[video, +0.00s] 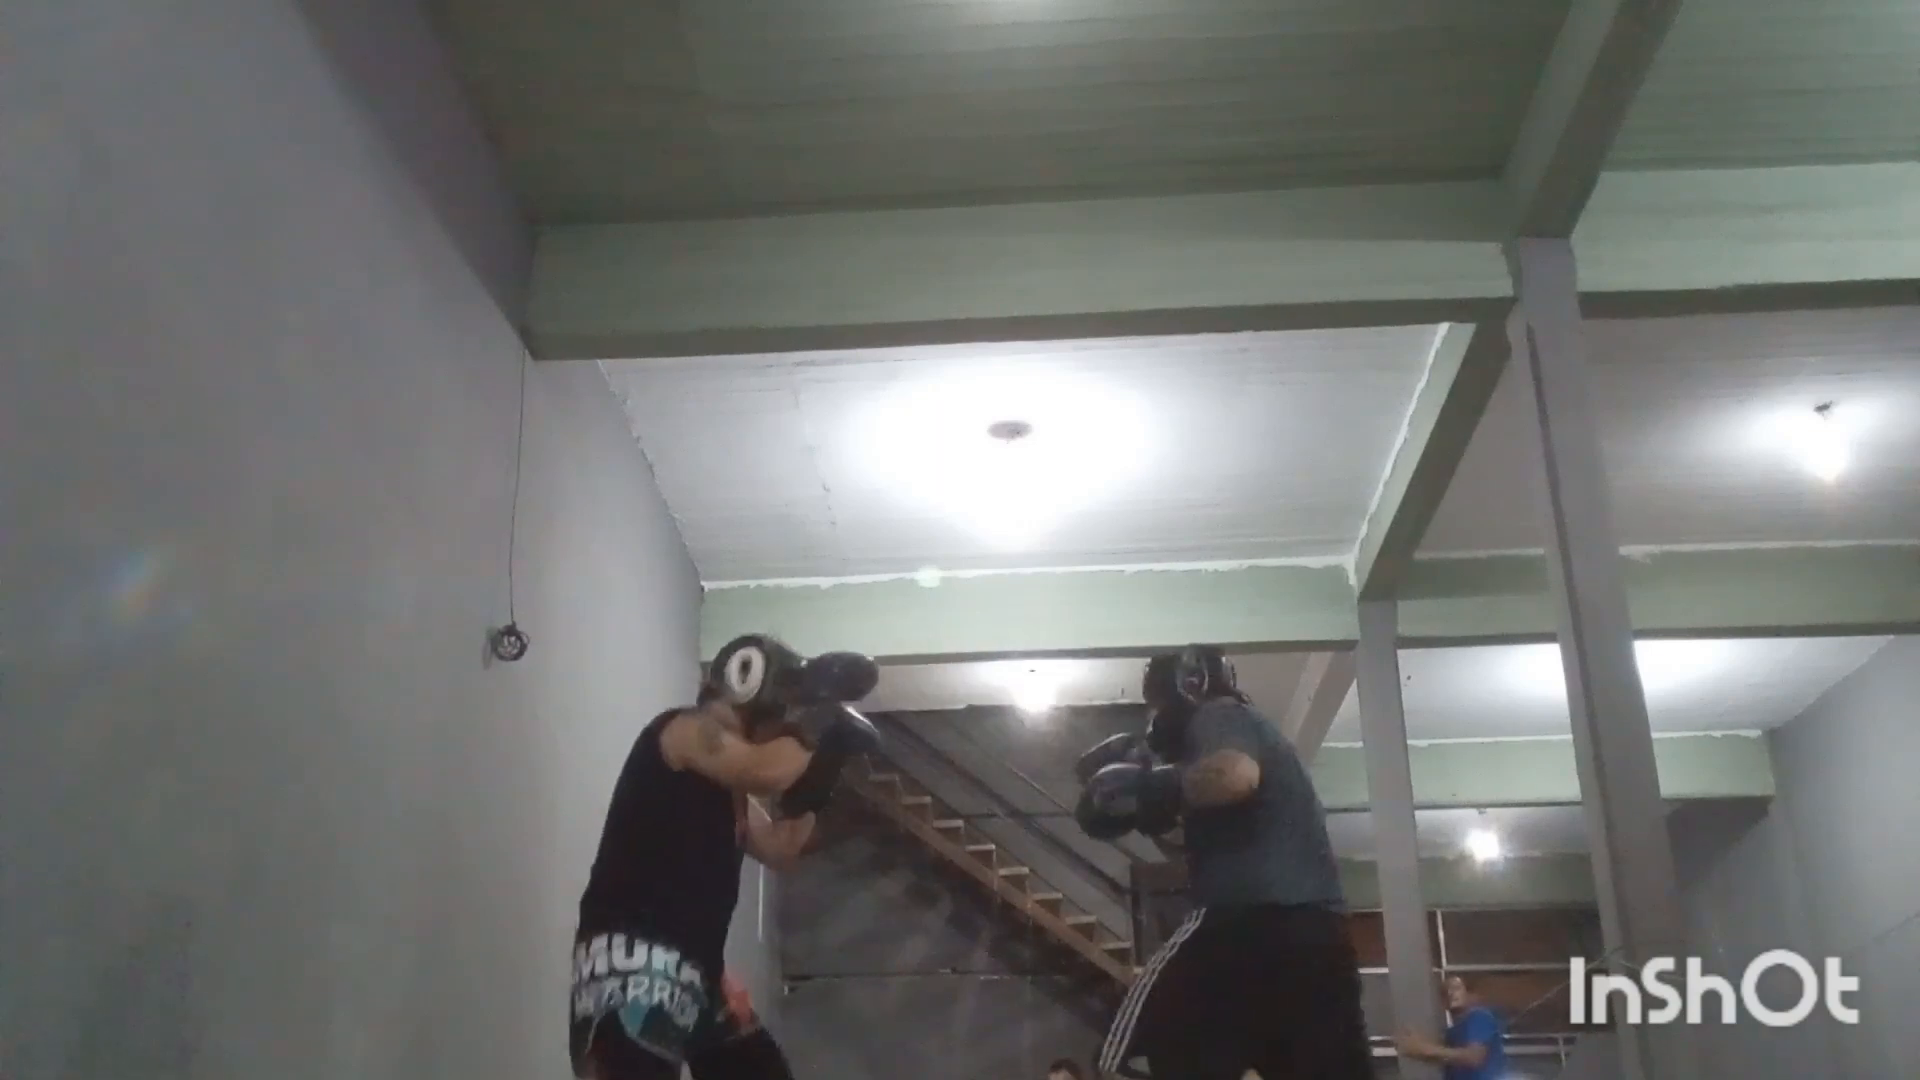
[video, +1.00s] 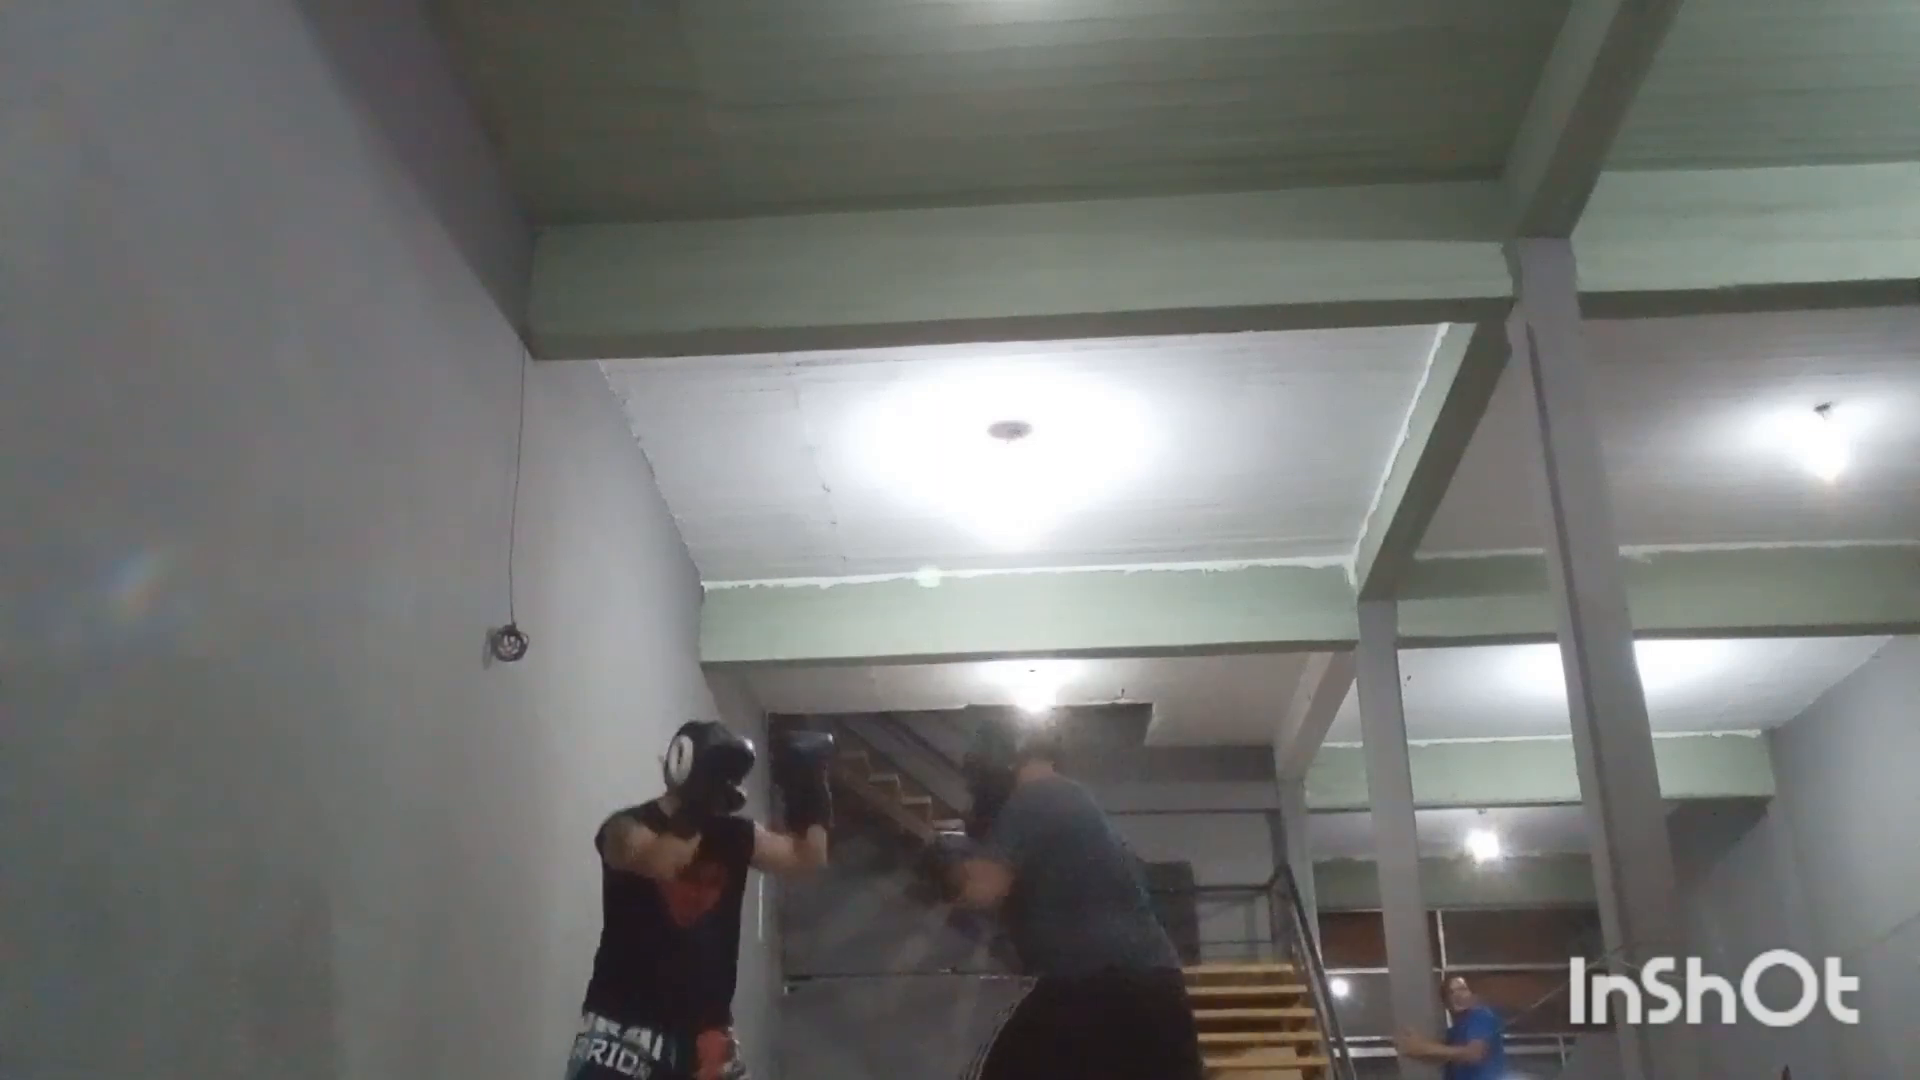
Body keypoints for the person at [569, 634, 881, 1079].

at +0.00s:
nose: (788, 725)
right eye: (785, 705)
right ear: (750, 682)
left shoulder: (724, 782)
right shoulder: (687, 730)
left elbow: (780, 848)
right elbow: (768, 770)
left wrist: (826, 766)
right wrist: (815, 726)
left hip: (695, 968)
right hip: (638, 958)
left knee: (759, 1071)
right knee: (638, 1068)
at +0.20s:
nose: (785, 725)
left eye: (790, 716)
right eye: (782, 712)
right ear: (742, 703)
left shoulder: (750, 809)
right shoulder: (664, 764)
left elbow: (806, 872)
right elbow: (708, 808)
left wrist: (835, 789)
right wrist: (768, 748)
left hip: (709, 998)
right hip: (644, 978)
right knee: (634, 1065)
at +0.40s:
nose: (776, 736)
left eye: (783, 725)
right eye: (767, 716)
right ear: (729, 705)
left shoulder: (753, 803)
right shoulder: (660, 767)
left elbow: (790, 881)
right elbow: (698, 810)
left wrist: (831, 821)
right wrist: (750, 747)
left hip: (722, 996)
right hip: (649, 982)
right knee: (626, 1067)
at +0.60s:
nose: (734, 751)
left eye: (736, 741)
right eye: (724, 736)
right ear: (692, 732)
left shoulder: (724, 819)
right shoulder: (628, 803)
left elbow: (755, 885)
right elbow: (674, 840)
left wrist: (797, 834)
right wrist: (713, 774)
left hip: (714, 1021)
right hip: (637, 1022)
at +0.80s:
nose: (713, 766)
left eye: (721, 755)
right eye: (705, 750)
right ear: (668, 744)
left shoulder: (713, 818)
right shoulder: (606, 814)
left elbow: (768, 880)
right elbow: (640, 861)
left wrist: (786, 814)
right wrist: (685, 785)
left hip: (707, 1022)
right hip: (622, 1027)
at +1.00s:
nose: (725, 786)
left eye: (728, 776)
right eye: (716, 774)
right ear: (690, 767)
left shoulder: (733, 835)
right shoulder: (623, 828)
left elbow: (808, 858)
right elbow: (660, 864)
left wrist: (810, 780)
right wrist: (698, 798)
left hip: (704, 1035)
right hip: (622, 1031)